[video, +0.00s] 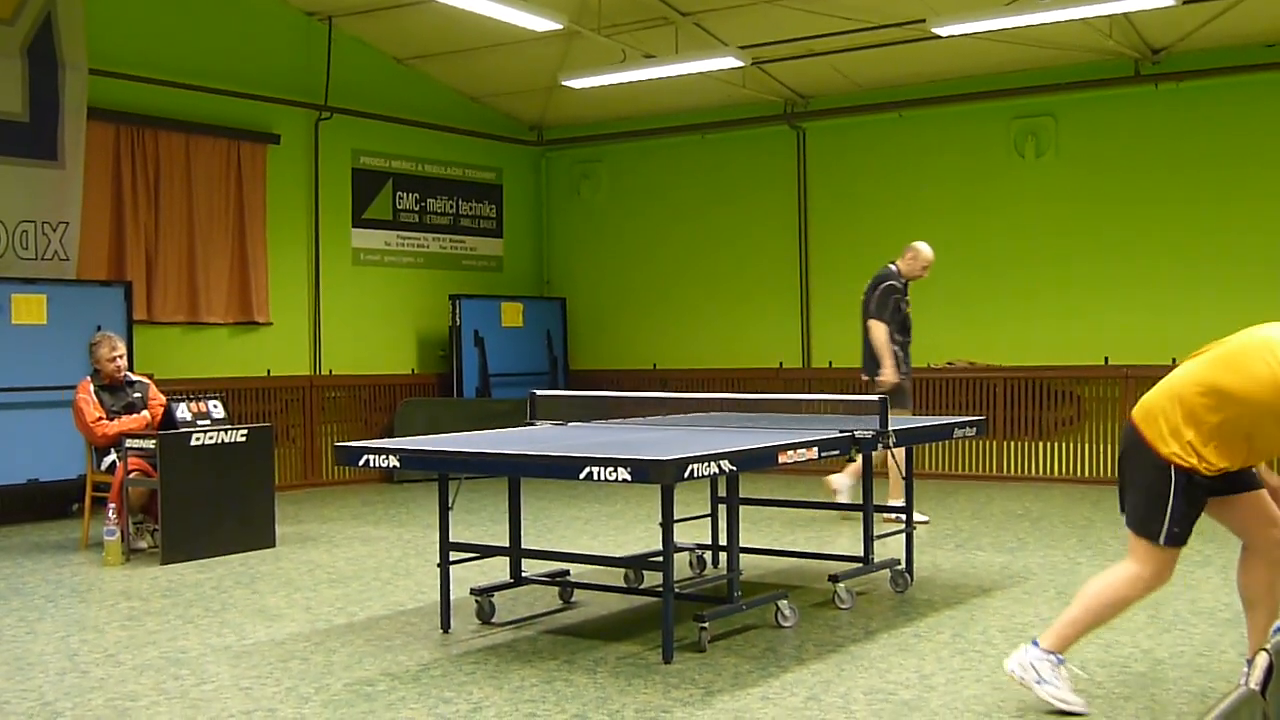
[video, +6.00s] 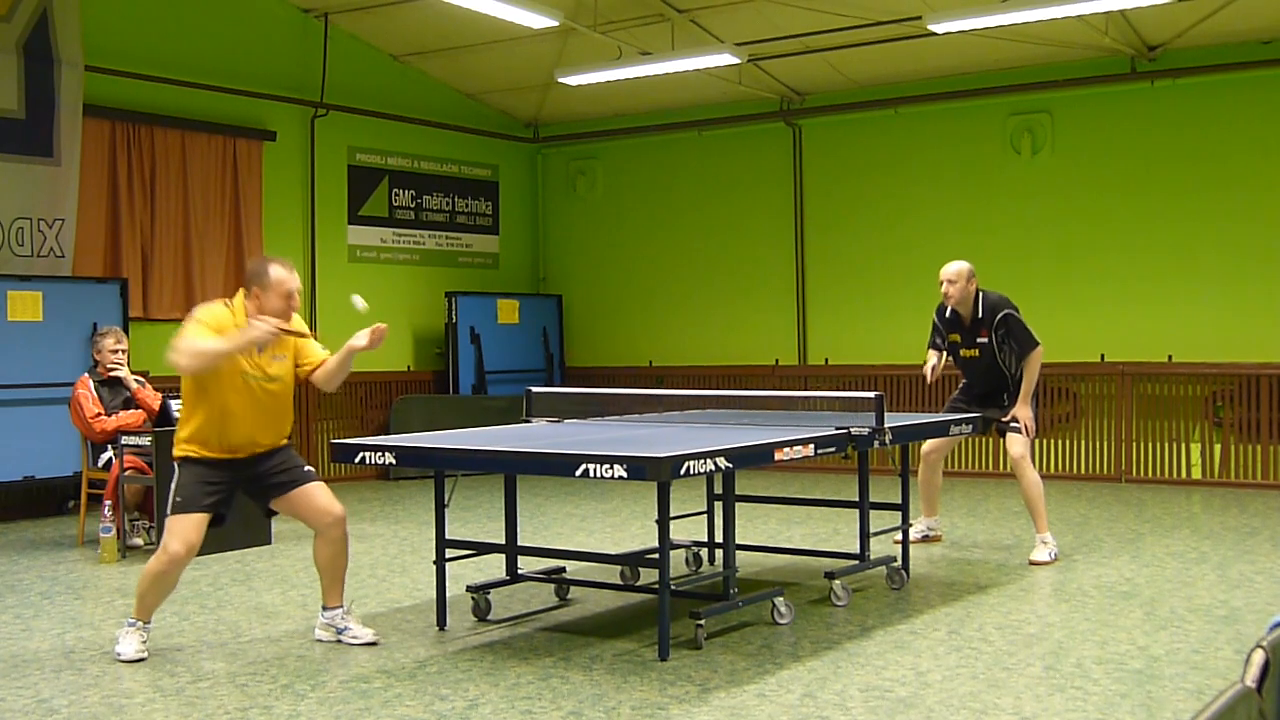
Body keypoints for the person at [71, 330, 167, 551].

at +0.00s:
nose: (120, 364)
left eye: (122, 357)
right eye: (112, 360)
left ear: (127, 357)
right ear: (97, 364)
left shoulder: (143, 383)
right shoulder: (86, 390)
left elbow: (163, 417)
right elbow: (98, 433)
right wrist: (143, 419)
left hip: (153, 449)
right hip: (116, 452)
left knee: (175, 472)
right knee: (139, 479)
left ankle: (150, 523)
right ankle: (132, 521)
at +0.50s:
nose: (118, 362)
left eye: (120, 355)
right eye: (110, 358)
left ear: (125, 354)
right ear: (95, 361)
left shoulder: (141, 381)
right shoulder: (84, 389)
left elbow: (162, 413)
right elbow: (96, 431)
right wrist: (139, 418)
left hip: (149, 447)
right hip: (113, 450)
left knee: (172, 471)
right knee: (136, 477)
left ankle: (147, 521)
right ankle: (129, 520)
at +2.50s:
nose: (121, 356)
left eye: (124, 350)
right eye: (114, 350)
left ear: (129, 352)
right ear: (97, 356)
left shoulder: (137, 381)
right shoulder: (86, 385)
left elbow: (162, 412)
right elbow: (98, 427)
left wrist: (134, 381)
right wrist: (142, 416)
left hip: (146, 444)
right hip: (112, 447)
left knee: (169, 469)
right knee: (134, 474)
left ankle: (147, 520)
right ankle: (129, 519)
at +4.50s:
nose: (120, 357)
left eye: (123, 352)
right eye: (113, 352)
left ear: (128, 354)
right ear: (97, 355)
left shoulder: (137, 382)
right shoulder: (84, 386)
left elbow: (163, 413)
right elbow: (96, 429)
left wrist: (133, 385)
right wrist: (141, 416)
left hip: (146, 446)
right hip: (111, 449)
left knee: (170, 468)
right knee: (132, 474)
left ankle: (151, 521)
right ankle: (131, 519)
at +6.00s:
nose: (120, 357)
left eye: (123, 352)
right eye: (113, 352)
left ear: (128, 354)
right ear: (97, 355)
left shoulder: (137, 382)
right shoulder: (84, 386)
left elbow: (162, 414)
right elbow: (97, 429)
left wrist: (132, 385)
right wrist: (141, 416)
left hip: (146, 447)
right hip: (112, 449)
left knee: (171, 469)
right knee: (134, 474)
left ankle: (151, 521)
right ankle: (132, 520)